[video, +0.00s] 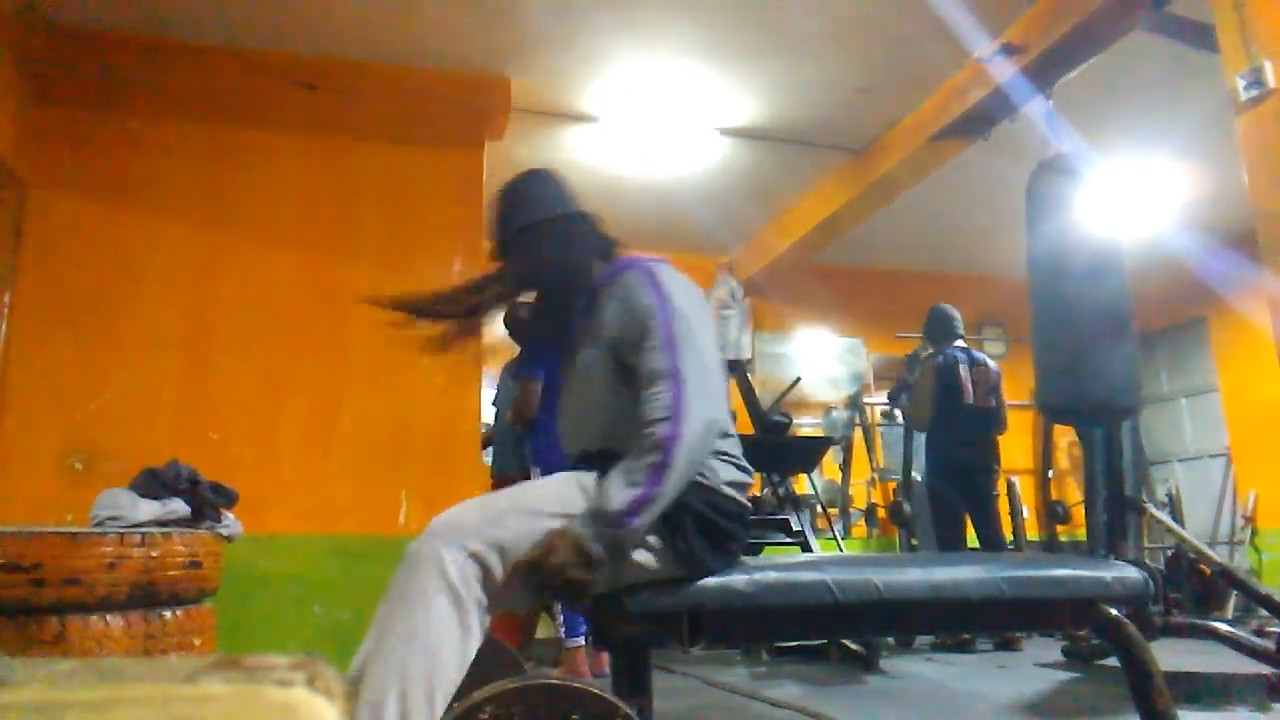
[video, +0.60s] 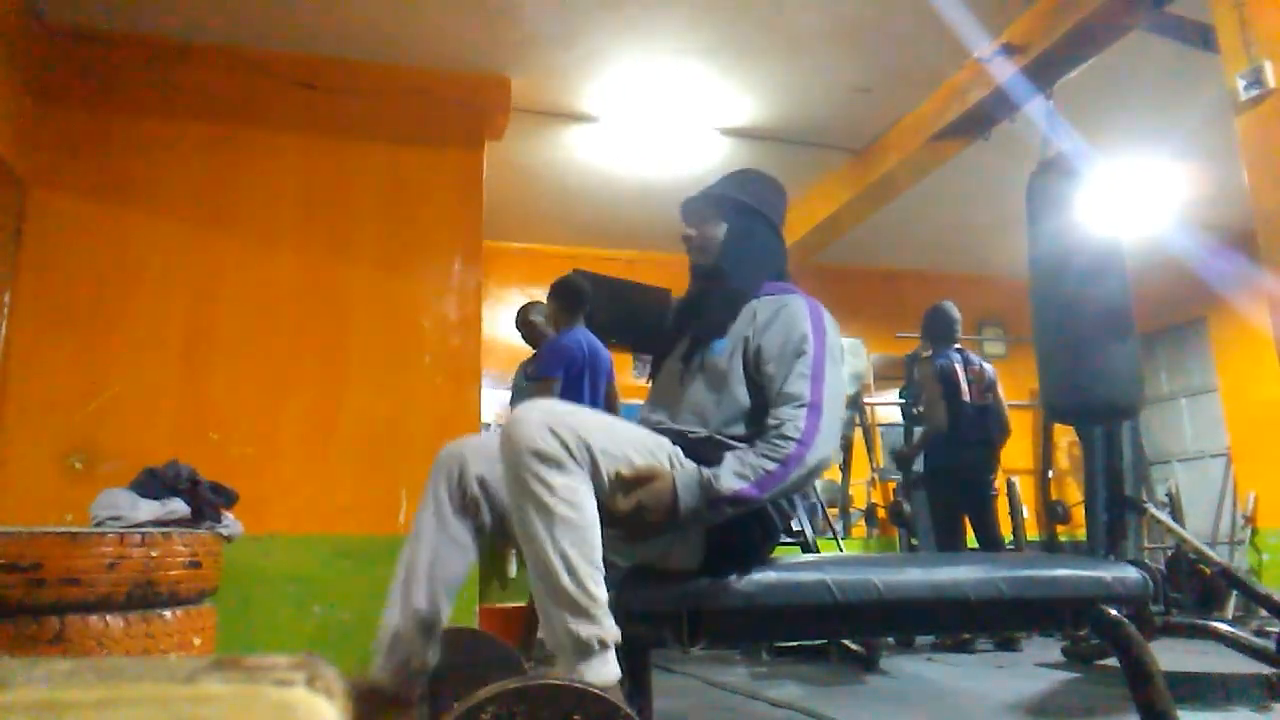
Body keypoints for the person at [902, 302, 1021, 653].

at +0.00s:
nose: (926, 341)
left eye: (926, 336)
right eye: (929, 336)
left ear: (930, 335)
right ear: (961, 330)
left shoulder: (933, 366)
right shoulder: (989, 365)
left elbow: (920, 420)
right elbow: (1001, 423)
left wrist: (904, 400)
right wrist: (970, 420)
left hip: (945, 464)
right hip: (982, 464)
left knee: (950, 546)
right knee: (994, 541)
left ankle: (956, 628)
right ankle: (1008, 625)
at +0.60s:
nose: (924, 337)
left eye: (925, 331)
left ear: (929, 332)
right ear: (959, 331)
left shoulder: (930, 367)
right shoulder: (983, 366)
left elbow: (937, 422)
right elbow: (1003, 423)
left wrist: (910, 452)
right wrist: (991, 454)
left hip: (945, 468)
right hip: (981, 466)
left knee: (950, 547)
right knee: (992, 541)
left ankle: (956, 628)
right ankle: (1008, 625)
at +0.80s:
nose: (919, 342)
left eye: (919, 337)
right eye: (922, 337)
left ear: (921, 337)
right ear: (953, 334)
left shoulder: (924, 370)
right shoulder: (979, 370)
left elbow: (937, 421)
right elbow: (998, 426)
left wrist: (922, 471)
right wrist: (1003, 472)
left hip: (944, 474)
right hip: (978, 472)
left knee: (947, 550)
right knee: (991, 545)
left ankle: (957, 630)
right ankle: (1008, 625)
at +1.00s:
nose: (919, 340)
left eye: (920, 334)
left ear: (922, 335)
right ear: (954, 335)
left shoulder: (922, 368)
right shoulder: (979, 369)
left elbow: (937, 419)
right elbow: (999, 423)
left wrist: (925, 467)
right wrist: (1003, 470)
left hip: (944, 473)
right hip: (977, 471)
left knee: (949, 548)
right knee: (990, 544)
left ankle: (958, 629)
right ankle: (1008, 626)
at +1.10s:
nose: (920, 338)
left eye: (921, 332)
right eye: (923, 333)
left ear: (926, 334)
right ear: (958, 333)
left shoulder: (925, 367)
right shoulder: (983, 367)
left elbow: (937, 420)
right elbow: (1003, 425)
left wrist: (914, 455)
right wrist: (992, 461)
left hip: (945, 467)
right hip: (979, 466)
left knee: (949, 545)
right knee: (990, 541)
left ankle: (956, 628)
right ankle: (1006, 626)